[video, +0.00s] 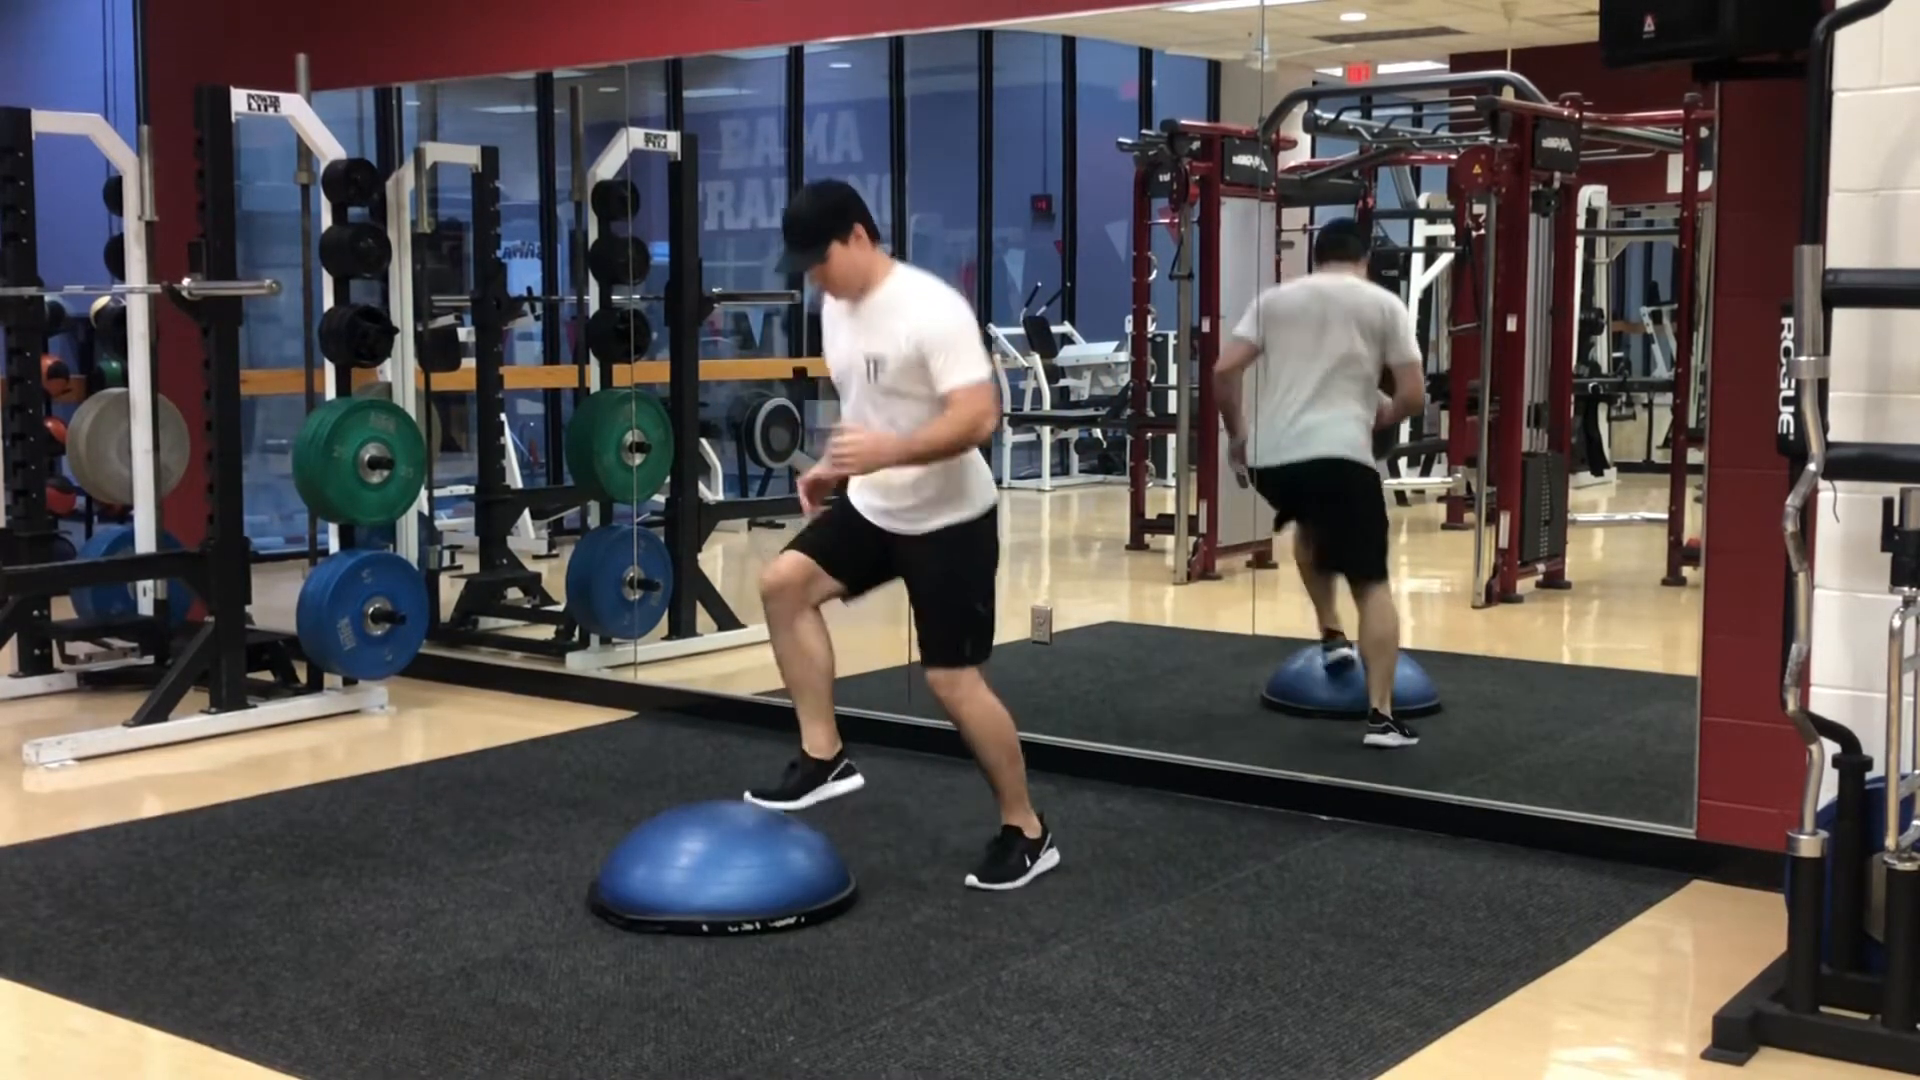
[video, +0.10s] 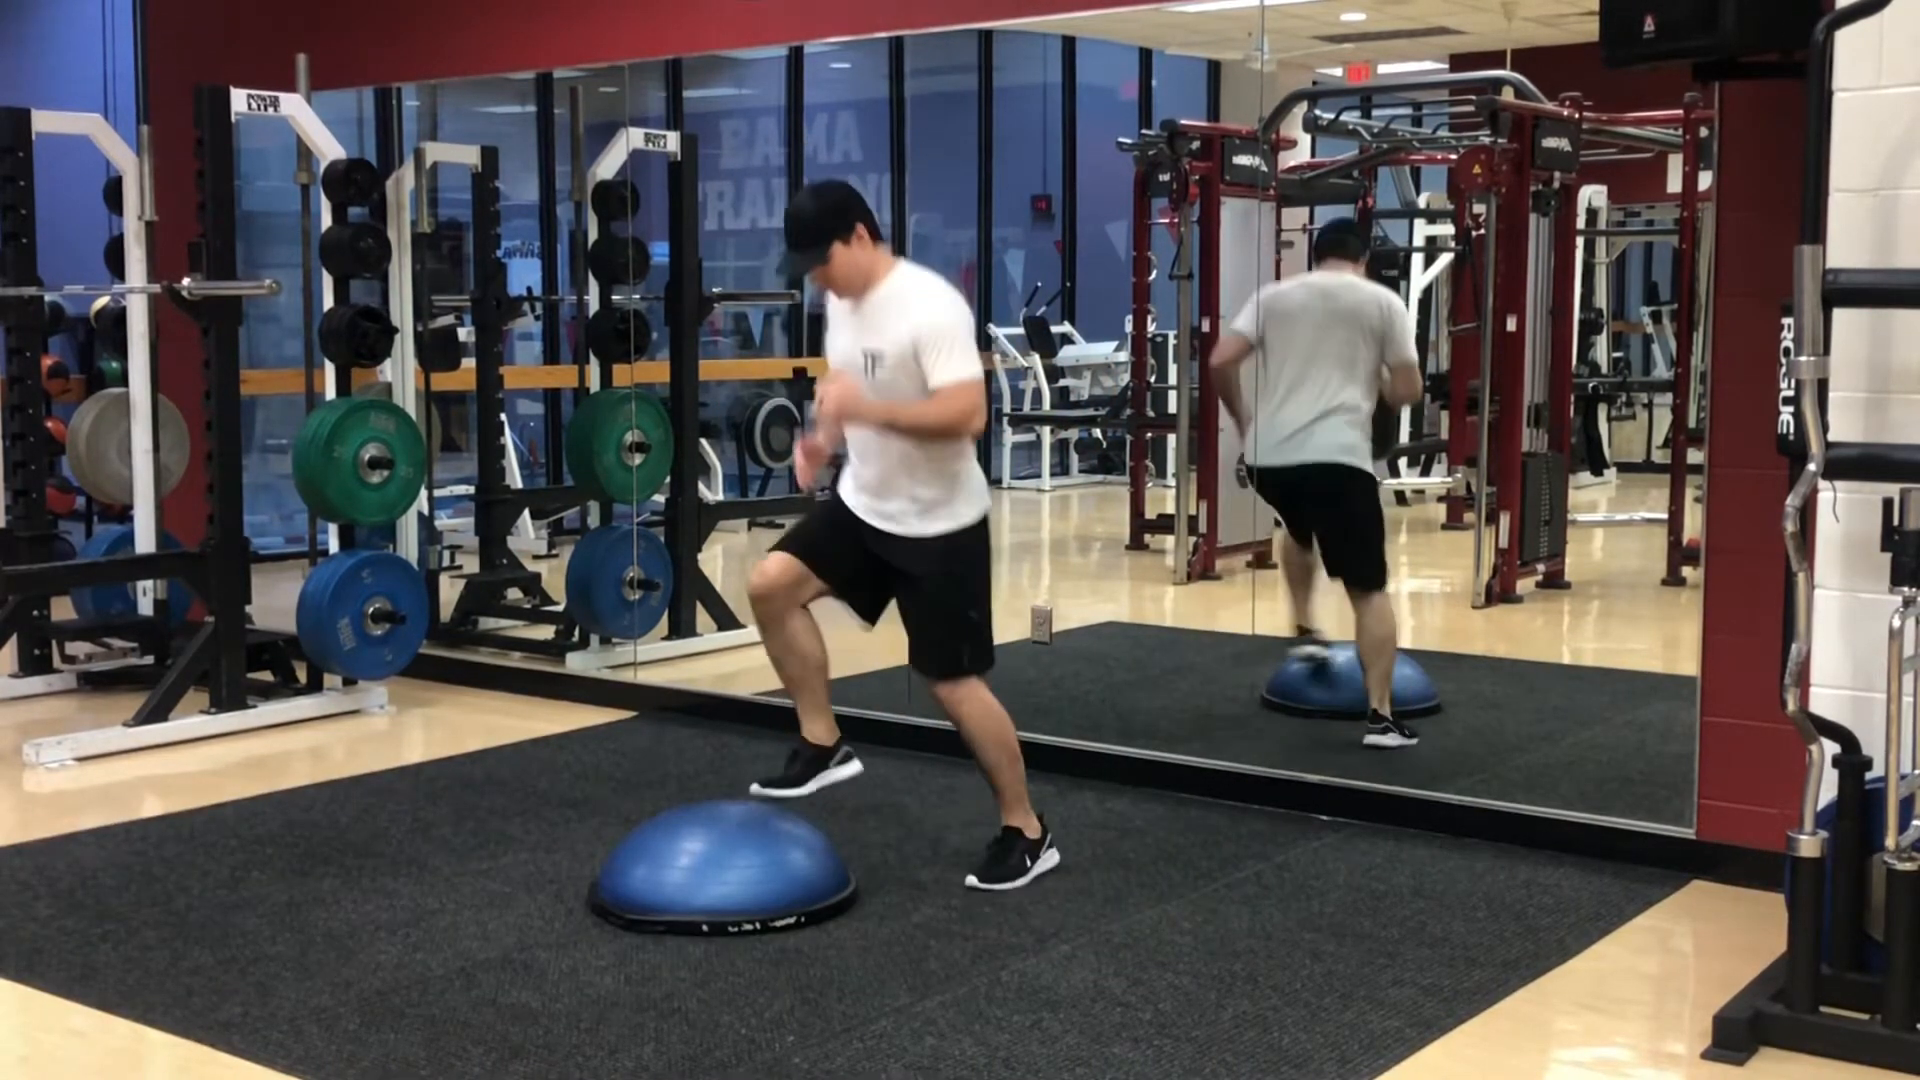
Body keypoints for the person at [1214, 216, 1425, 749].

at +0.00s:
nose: (1366, 270)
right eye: (1368, 263)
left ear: (1315, 260)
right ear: (1364, 261)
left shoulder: (1273, 300)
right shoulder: (1385, 304)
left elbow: (1224, 372)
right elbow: (1412, 396)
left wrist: (1236, 437)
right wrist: (1373, 422)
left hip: (1273, 459)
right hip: (1344, 459)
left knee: (1307, 527)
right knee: (1372, 585)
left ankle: (1332, 638)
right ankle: (1381, 714)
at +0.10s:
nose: (1365, 269)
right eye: (1367, 262)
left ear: (1315, 256)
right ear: (1363, 261)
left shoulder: (1273, 296)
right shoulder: (1384, 302)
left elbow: (1219, 363)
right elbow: (1406, 390)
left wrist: (1241, 417)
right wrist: (1370, 381)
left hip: (1272, 461)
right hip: (1341, 463)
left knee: (1297, 530)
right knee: (1370, 591)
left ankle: (1304, 633)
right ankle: (1380, 715)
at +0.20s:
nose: (1358, 241)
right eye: (1358, 233)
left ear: (1305, 227)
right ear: (1351, 231)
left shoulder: (1259, 266)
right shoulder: (1367, 270)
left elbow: (1207, 331)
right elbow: (1393, 349)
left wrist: (1244, 377)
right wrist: (1362, 368)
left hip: (1258, 431)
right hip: (1329, 433)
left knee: (1274, 524)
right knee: (1360, 557)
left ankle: (1238, 636)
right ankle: (1372, 677)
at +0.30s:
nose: (1344, 243)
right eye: (1344, 236)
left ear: (1295, 232)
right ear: (1341, 235)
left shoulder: (1248, 270)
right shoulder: (1349, 266)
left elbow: (1198, 344)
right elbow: (1360, 333)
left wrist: (1236, 384)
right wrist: (1356, 385)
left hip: (1241, 421)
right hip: (1308, 424)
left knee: (1246, 545)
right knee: (1358, 518)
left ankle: (1197, 659)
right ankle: (1341, 629)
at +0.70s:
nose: (1334, 236)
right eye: (1334, 228)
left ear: (1284, 225)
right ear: (1332, 227)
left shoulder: (1242, 267)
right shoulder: (1348, 258)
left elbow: (1191, 337)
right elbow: (1379, 321)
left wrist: (1218, 389)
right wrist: (1381, 372)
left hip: (1262, 426)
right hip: (1328, 424)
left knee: (1278, 526)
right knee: (1358, 547)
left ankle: (1261, 629)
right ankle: (1377, 670)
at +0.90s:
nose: (1339, 266)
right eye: (1343, 258)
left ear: (1294, 258)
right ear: (1344, 257)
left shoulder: (1260, 299)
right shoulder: (1369, 300)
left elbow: (1210, 364)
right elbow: (1415, 371)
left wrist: (1222, 417)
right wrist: (1381, 388)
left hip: (1272, 462)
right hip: (1337, 461)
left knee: (1306, 533)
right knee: (1366, 588)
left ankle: (1318, 629)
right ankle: (1378, 712)